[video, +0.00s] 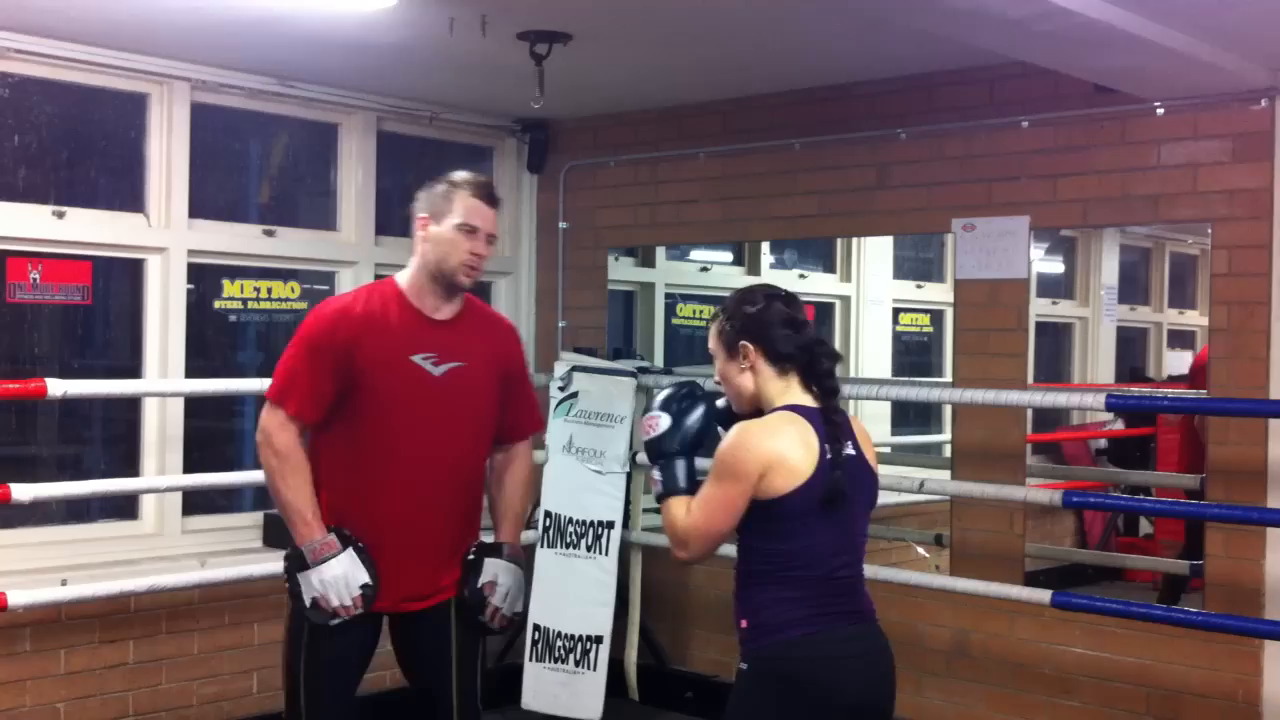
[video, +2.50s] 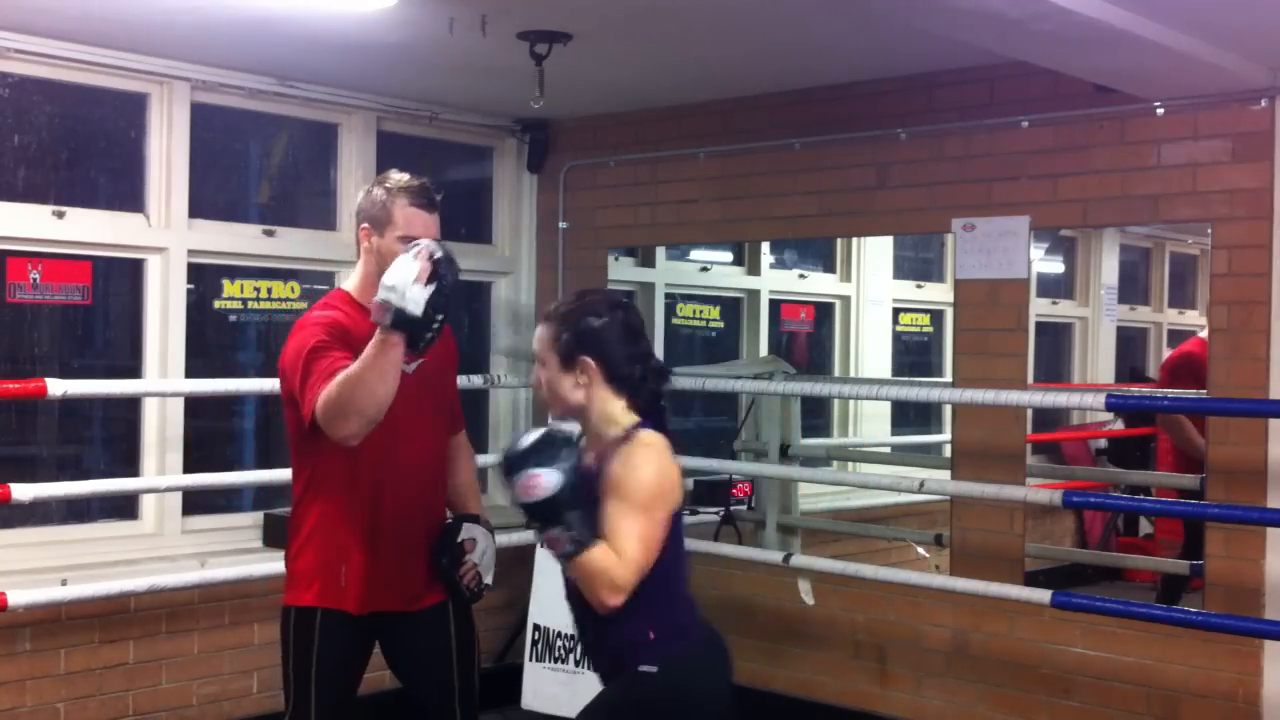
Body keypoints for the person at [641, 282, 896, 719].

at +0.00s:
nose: (715, 374)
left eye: (716, 358)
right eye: (712, 360)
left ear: (747, 356)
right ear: (797, 352)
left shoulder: (752, 442)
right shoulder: (856, 430)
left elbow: (687, 542)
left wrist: (668, 459)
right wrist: (738, 427)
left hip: (784, 672)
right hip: (863, 660)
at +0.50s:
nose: (729, 379)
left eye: (731, 362)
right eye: (727, 363)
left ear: (763, 360)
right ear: (809, 357)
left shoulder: (769, 443)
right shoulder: (858, 433)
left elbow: (705, 546)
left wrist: (689, 462)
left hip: (791, 676)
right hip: (864, 665)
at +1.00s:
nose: (632, 370)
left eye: (631, 359)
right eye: (630, 360)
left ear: (646, 357)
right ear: (708, 358)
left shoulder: (612, 421)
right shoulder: (749, 446)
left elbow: (501, 411)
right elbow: (746, 524)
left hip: (618, 654)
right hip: (708, 657)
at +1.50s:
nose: (482, 389)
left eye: (483, 373)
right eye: (479, 374)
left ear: (511, 371)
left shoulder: (566, 456)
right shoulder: (586, 427)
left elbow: (502, 566)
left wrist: (475, 479)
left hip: (620, 679)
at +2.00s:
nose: (659, 359)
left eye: (660, 347)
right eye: (657, 347)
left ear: (686, 347)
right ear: (737, 344)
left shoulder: (682, 421)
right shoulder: (786, 420)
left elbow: (625, 520)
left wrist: (614, 435)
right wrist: (672, 407)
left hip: (713, 653)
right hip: (793, 643)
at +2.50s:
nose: (536, 378)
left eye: (542, 365)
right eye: (537, 364)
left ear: (583, 374)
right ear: (583, 376)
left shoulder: (644, 457)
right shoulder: (591, 447)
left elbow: (610, 589)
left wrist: (555, 515)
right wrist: (547, 492)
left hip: (669, 678)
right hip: (637, 671)